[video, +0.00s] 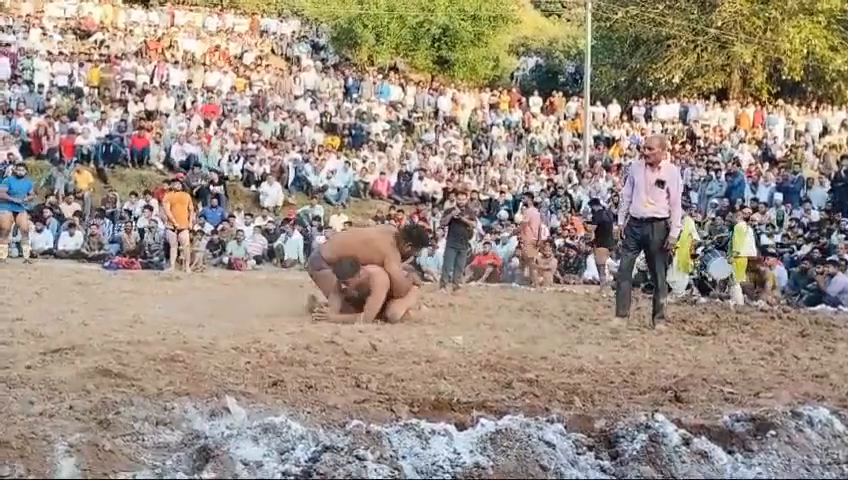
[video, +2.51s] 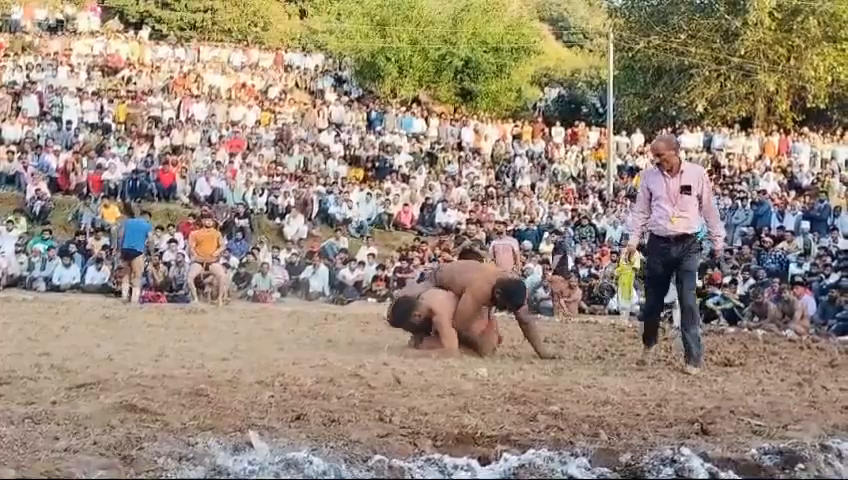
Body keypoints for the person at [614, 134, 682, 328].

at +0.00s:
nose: (645, 152)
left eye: (650, 149)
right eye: (644, 148)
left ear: (662, 151)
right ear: (642, 149)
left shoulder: (672, 171)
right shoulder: (635, 167)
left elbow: (676, 204)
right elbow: (626, 195)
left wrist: (674, 233)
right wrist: (621, 221)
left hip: (658, 223)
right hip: (634, 221)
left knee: (658, 273)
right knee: (624, 268)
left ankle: (659, 317)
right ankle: (622, 314)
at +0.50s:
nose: (664, 163)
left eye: (668, 160)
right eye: (662, 160)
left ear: (679, 160)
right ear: (659, 160)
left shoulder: (689, 179)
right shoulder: (653, 178)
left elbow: (696, 211)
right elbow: (645, 207)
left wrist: (695, 239)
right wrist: (642, 233)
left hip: (679, 232)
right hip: (655, 232)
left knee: (684, 284)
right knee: (657, 283)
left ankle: (697, 329)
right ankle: (658, 329)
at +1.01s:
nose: (660, 179)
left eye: (665, 175)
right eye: (658, 175)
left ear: (676, 174)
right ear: (655, 174)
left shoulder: (686, 194)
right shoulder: (646, 193)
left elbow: (694, 224)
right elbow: (639, 222)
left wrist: (698, 250)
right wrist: (635, 247)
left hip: (678, 248)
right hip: (653, 249)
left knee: (683, 294)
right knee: (656, 300)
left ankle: (688, 342)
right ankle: (658, 345)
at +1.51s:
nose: (674, 180)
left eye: (679, 176)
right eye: (672, 176)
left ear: (688, 175)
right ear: (667, 175)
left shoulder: (699, 195)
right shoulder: (656, 194)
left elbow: (709, 227)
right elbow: (647, 225)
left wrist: (713, 255)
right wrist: (643, 252)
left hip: (688, 253)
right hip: (662, 252)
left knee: (688, 306)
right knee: (653, 301)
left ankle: (690, 352)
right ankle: (658, 335)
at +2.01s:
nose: (649, 176)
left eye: (653, 172)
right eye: (647, 172)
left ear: (666, 168)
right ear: (646, 171)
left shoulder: (686, 187)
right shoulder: (642, 190)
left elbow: (694, 220)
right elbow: (637, 224)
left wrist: (691, 246)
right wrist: (634, 250)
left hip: (678, 249)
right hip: (651, 249)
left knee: (680, 305)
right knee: (652, 301)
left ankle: (683, 347)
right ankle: (648, 349)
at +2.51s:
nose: (659, 163)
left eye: (662, 157)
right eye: (656, 158)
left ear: (676, 153)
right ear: (654, 157)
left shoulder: (697, 174)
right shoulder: (649, 176)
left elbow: (709, 209)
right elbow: (640, 211)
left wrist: (718, 240)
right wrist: (633, 241)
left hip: (687, 244)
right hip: (658, 244)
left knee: (687, 302)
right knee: (653, 302)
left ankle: (693, 359)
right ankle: (649, 343)